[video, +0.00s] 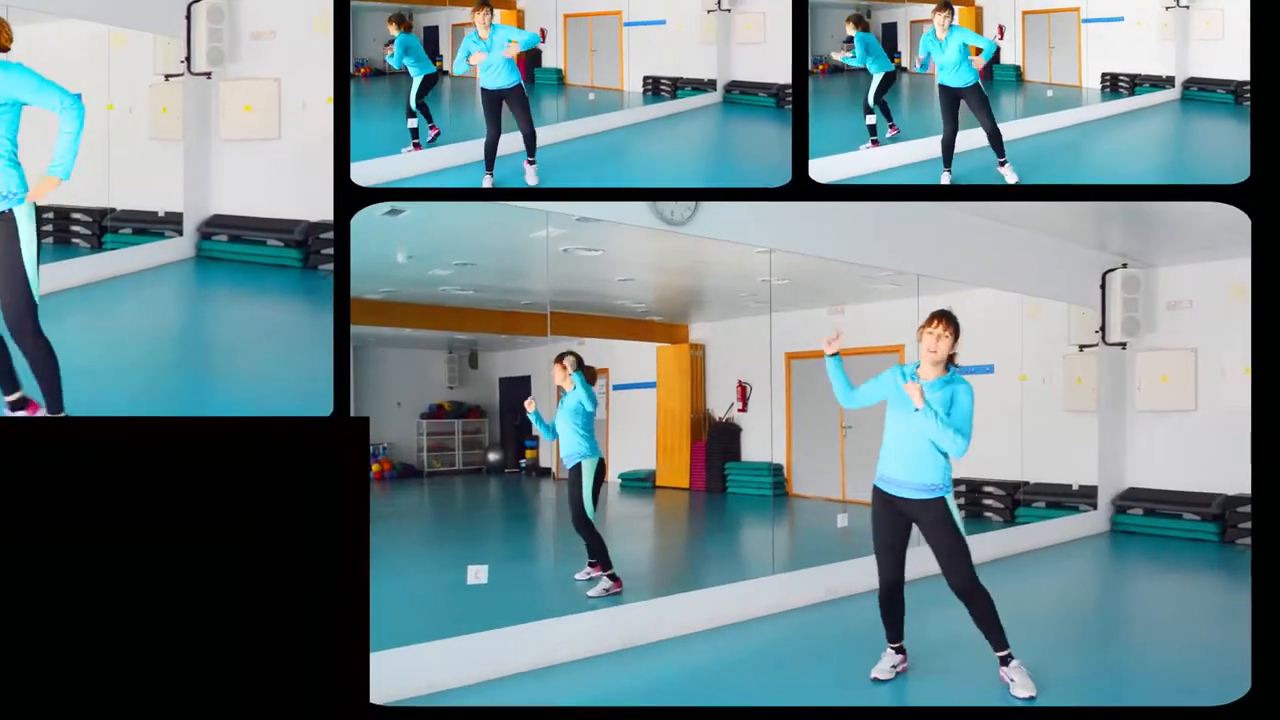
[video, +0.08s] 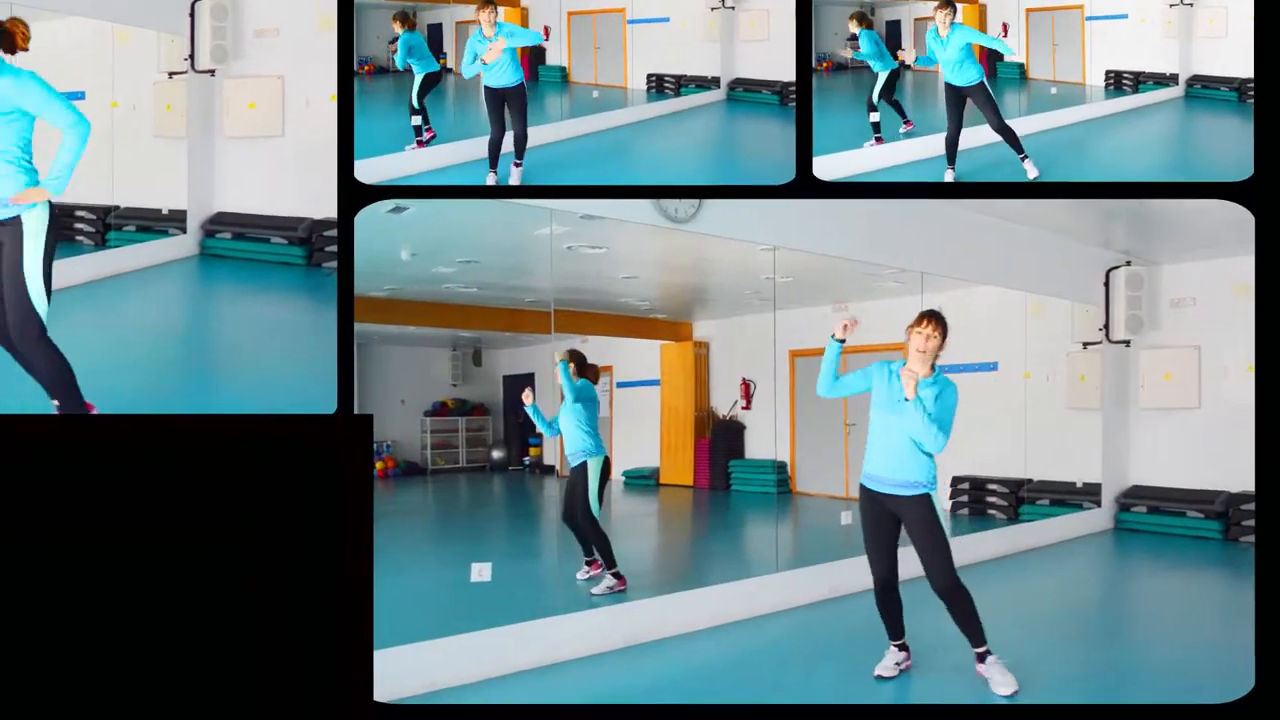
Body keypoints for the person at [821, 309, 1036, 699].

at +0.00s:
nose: (935, 341)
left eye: (944, 337)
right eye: (931, 334)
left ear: (954, 346)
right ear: (919, 338)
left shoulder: (959, 388)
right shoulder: (898, 376)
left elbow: (957, 446)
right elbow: (849, 398)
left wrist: (922, 406)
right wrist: (832, 357)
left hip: (932, 498)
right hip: (887, 494)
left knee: (964, 583)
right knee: (889, 581)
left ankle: (1008, 662)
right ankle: (895, 652)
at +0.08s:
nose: (924, 340)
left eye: (933, 336)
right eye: (919, 332)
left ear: (941, 346)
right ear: (907, 337)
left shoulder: (944, 387)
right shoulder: (881, 372)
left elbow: (934, 442)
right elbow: (827, 388)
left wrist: (912, 397)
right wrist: (836, 341)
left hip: (916, 494)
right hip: (874, 492)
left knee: (945, 582)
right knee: (883, 581)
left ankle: (985, 658)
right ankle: (898, 650)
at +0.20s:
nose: (920, 329)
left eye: (928, 324)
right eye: (915, 320)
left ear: (935, 333)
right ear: (902, 323)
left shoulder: (935, 372)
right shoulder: (875, 355)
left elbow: (917, 418)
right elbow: (834, 372)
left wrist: (903, 375)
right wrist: (867, 327)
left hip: (913, 477)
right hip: (872, 475)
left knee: (920, 565)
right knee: (894, 565)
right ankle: (914, 633)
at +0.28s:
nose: (925, 317)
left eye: (933, 312)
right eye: (920, 308)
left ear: (940, 321)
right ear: (907, 308)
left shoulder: (938, 358)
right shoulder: (881, 337)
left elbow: (920, 403)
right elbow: (861, 370)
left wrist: (899, 366)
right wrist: (897, 332)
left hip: (917, 462)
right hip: (876, 461)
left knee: (910, 551)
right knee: (905, 549)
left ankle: (896, 636)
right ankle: (938, 622)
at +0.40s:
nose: (950, 300)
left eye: (957, 296)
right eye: (945, 291)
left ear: (961, 304)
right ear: (930, 293)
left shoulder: (959, 346)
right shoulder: (899, 327)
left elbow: (943, 398)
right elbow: (898, 369)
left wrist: (907, 374)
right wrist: (949, 352)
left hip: (932, 447)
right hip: (891, 445)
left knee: (918, 539)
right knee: (909, 539)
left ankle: (913, 618)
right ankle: (958, 590)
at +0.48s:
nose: (972, 288)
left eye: (979, 285)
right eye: (967, 280)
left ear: (984, 294)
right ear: (952, 283)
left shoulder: (981, 337)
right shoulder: (920, 315)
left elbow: (964, 393)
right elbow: (904, 369)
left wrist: (910, 395)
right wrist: (953, 383)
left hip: (949, 438)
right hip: (907, 433)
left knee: (941, 529)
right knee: (896, 524)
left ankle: (945, 601)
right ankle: (953, 563)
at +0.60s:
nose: (1009, 265)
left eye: (1017, 262)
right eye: (1003, 257)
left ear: (1022, 274)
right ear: (989, 261)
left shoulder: (1020, 320)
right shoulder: (959, 291)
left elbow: (1007, 384)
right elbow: (916, 325)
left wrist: (965, 419)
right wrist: (887, 364)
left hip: (979, 414)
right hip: (936, 406)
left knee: (983, 505)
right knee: (890, 485)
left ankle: (1005, 574)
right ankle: (908, 552)